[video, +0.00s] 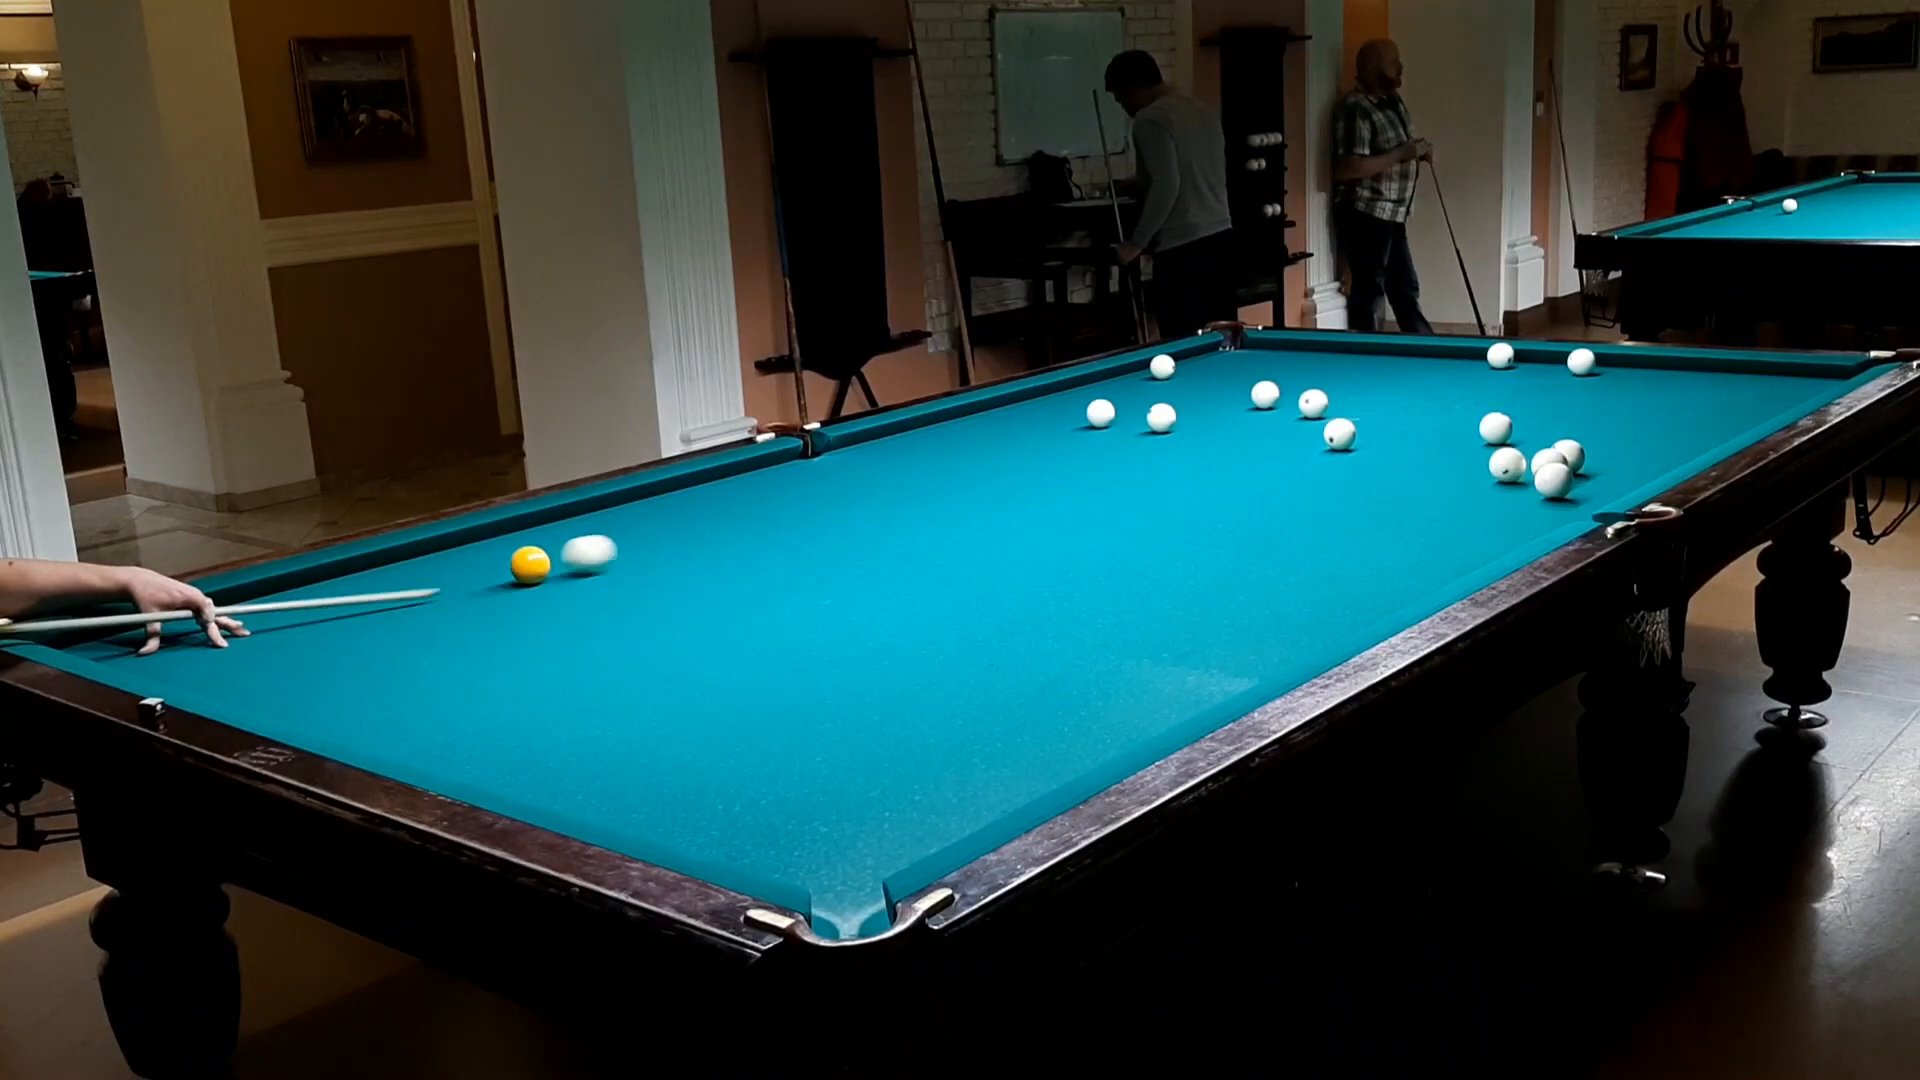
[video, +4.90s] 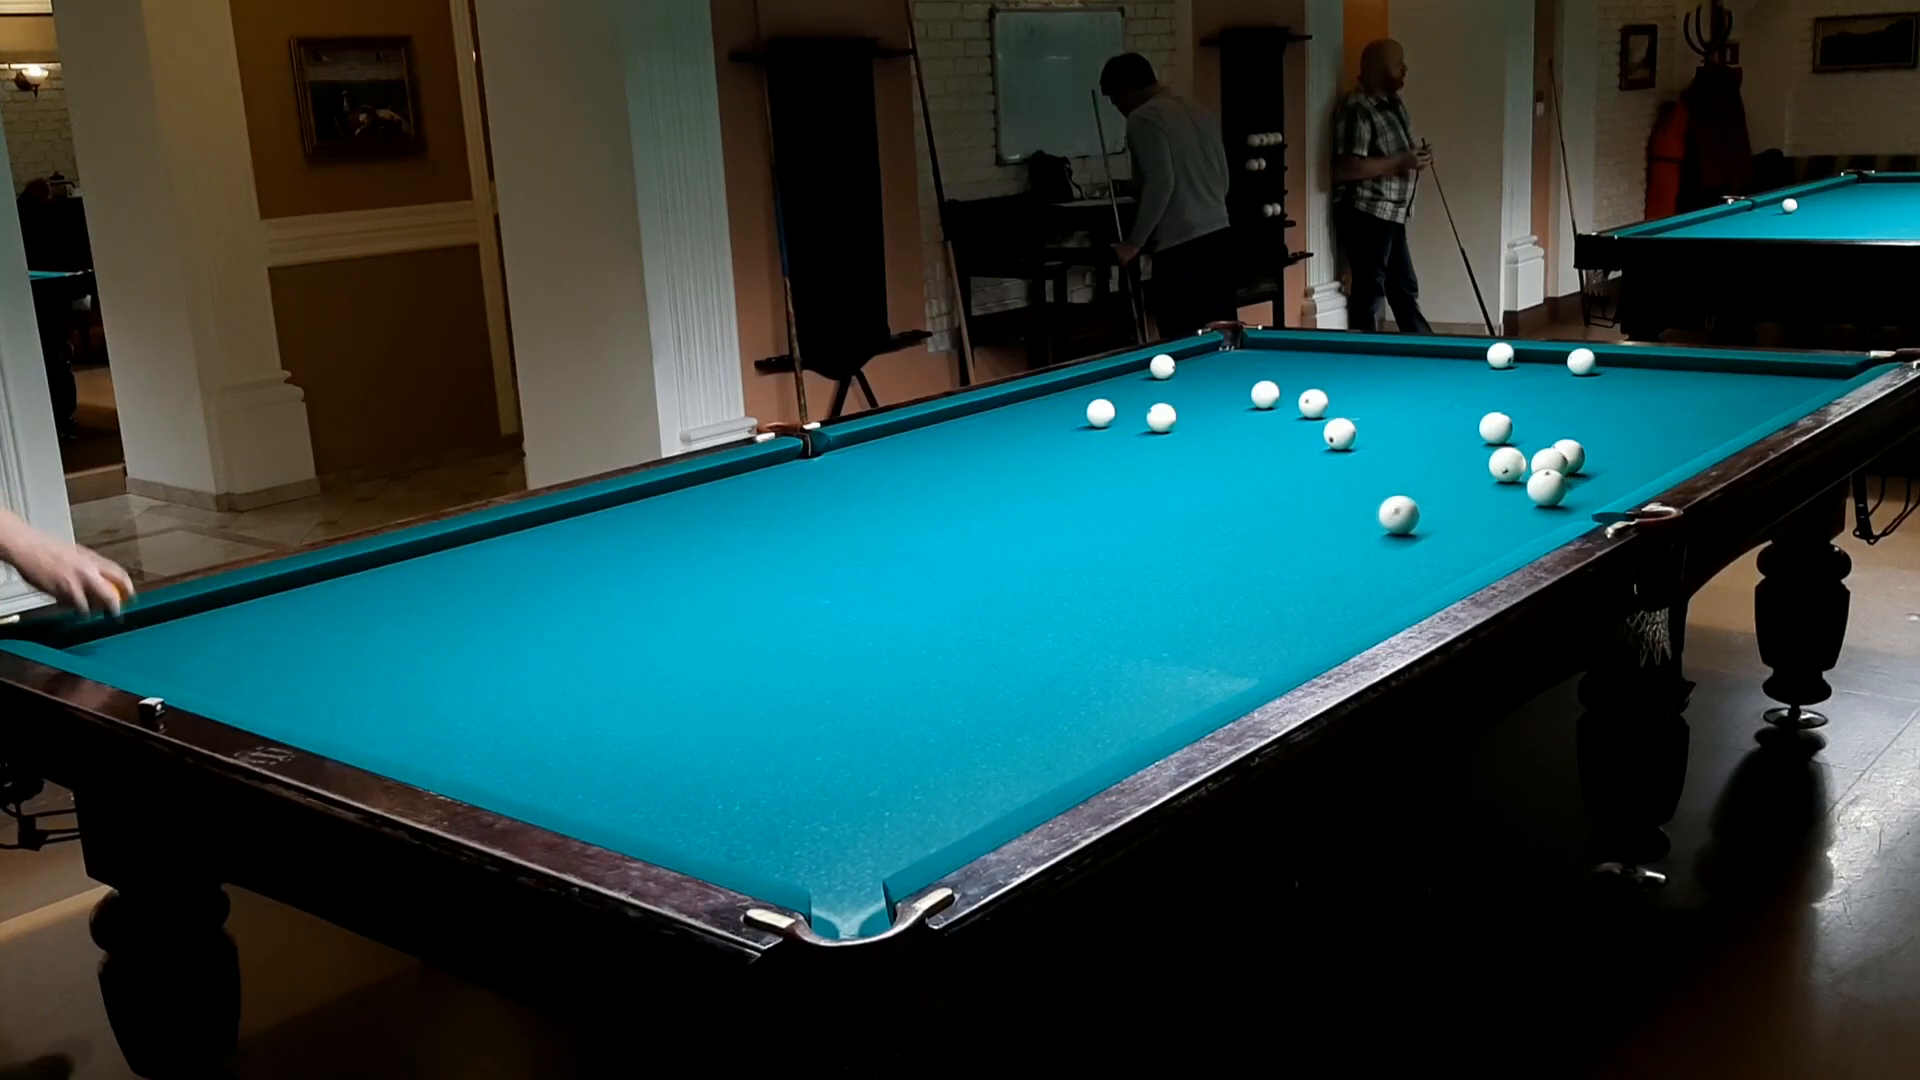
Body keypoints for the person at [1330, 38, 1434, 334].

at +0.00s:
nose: (1401, 71)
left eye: (1400, 64)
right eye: (1394, 65)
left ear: (1381, 69)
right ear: (1373, 68)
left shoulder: (1394, 103)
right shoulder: (1354, 108)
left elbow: (1388, 154)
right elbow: (1348, 168)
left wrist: (1416, 153)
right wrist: (1400, 154)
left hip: (1390, 217)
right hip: (1363, 217)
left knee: (1405, 290)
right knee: (1366, 293)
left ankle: (1426, 353)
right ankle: (1364, 360)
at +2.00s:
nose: (1401, 80)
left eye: (1403, 73)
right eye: (1396, 72)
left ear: (1401, 72)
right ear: (1377, 70)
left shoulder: (1393, 104)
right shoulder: (1355, 107)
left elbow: (1389, 155)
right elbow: (1351, 167)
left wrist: (1414, 156)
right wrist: (1402, 157)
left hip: (1390, 216)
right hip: (1363, 215)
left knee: (1404, 289)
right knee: (1367, 291)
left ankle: (1425, 352)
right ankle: (1363, 358)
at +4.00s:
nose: (1393, 74)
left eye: (1396, 67)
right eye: (1386, 67)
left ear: (1399, 68)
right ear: (1367, 69)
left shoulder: (1393, 104)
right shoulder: (1355, 107)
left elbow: (1391, 153)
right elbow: (1350, 167)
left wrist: (1417, 154)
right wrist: (1398, 156)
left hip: (1390, 216)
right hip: (1364, 215)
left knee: (1404, 289)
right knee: (1366, 292)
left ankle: (1425, 352)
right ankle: (1363, 358)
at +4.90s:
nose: (1405, 70)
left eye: (1404, 64)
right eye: (1398, 64)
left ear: (1380, 69)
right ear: (1376, 68)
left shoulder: (1394, 104)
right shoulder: (1356, 108)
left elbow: (1390, 153)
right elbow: (1347, 168)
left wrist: (1415, 155)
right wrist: (1398, 162)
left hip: (1390, 217)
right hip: (1364, 216)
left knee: (1404, 290)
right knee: (1367, 294)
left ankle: (1426, 353)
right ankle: (1364, 360)